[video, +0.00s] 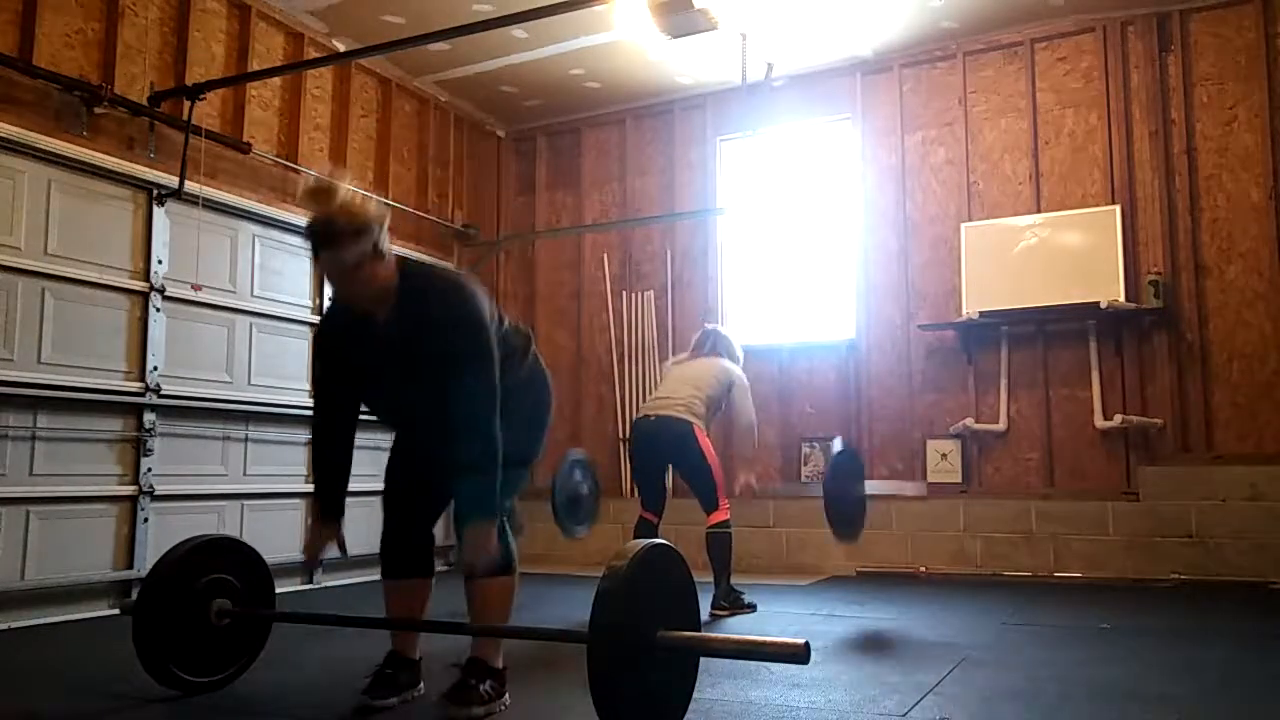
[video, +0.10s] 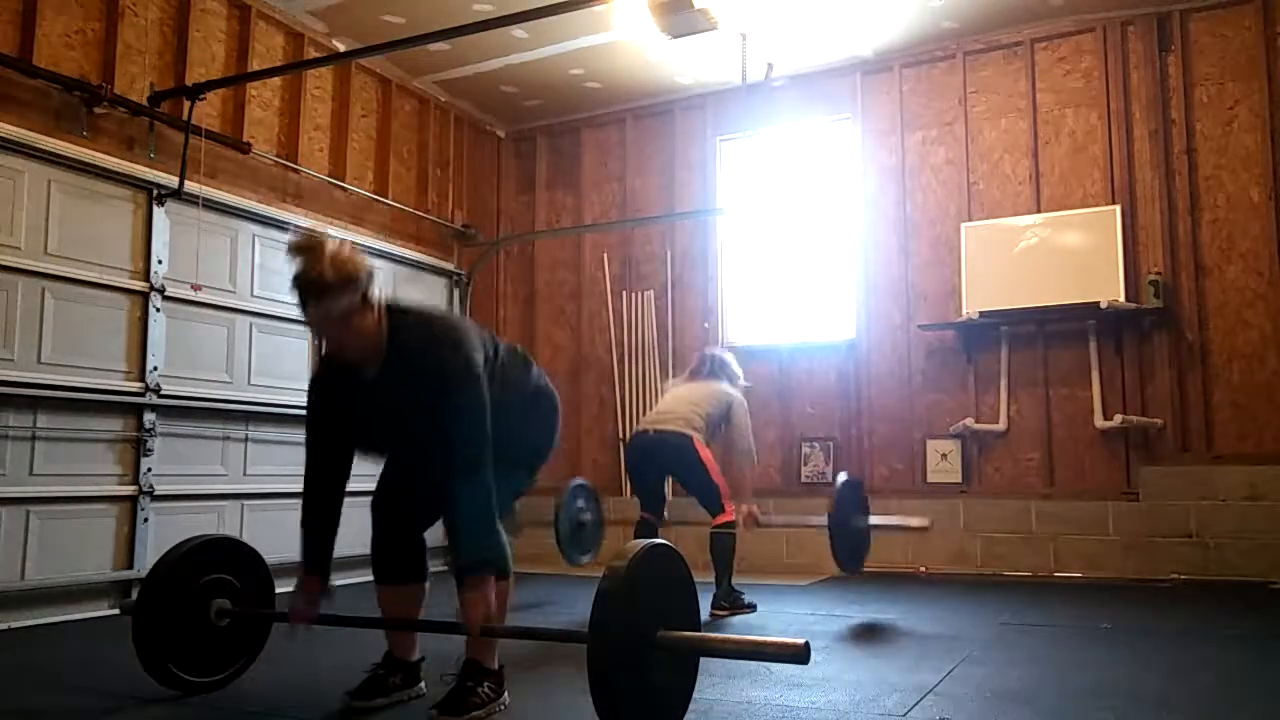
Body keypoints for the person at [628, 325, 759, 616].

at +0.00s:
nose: (737, 361)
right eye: (736, 356)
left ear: (698, 347)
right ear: (729, 353)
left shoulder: (675, 363)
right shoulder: (732, 370)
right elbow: (746, 421)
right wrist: (746, 468)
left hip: (643, 428)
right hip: (683, 430)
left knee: (650, 509)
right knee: (716, 509)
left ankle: (634, 587)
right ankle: (723, 592)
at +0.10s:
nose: (740, 384)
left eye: (739, 380)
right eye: (738, 380)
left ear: (699, 369)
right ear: (729, 375)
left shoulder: (676, 385)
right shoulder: (732, 394)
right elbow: (743, 449)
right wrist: (746, 500)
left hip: (640, 441)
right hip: (682, 443)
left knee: (650, 514)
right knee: (724, 513)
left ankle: (636, 588)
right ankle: (724, 593)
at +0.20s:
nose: (739, 399)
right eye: (738, 394)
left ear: (701, 388)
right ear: (732, 392)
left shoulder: (678, 402)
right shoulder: (733, 410)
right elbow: (744, 466)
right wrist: (747, 517)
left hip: (638, 453)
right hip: (680, 455)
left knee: (655, 515)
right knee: (725, 516)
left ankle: (632, 580)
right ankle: (724, 594)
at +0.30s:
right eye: (743, 407)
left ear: (709, 394)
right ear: (740, 404)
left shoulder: (685, 407)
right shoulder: (735, 418)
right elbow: (745, 479)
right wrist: (751, 528)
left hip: (633, 457)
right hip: (674, 459)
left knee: (658, 516)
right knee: (725, 513)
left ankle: (634, 580)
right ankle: (725, 594)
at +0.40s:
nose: (747, 412)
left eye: (749, 408)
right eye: (747, 406)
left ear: (718, 383)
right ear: (742, 396)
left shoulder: (693, 397)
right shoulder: (727, 406)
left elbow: (696, 462)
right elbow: (733, 463)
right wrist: (739, 507)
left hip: (624, 456)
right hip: (658, 457)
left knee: (667, 521)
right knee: (718, 510)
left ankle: (647, 587)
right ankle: (724, 593)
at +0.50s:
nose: (755, 407)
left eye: (759, 402)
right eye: (755, 398)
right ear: (739, 381)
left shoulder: (696, 378)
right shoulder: (709, 384)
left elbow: (670, 444)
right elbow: (698, 433)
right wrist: (716, 480)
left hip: (619, 442)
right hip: (634, 442)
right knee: (694, 507)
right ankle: (717, 584)